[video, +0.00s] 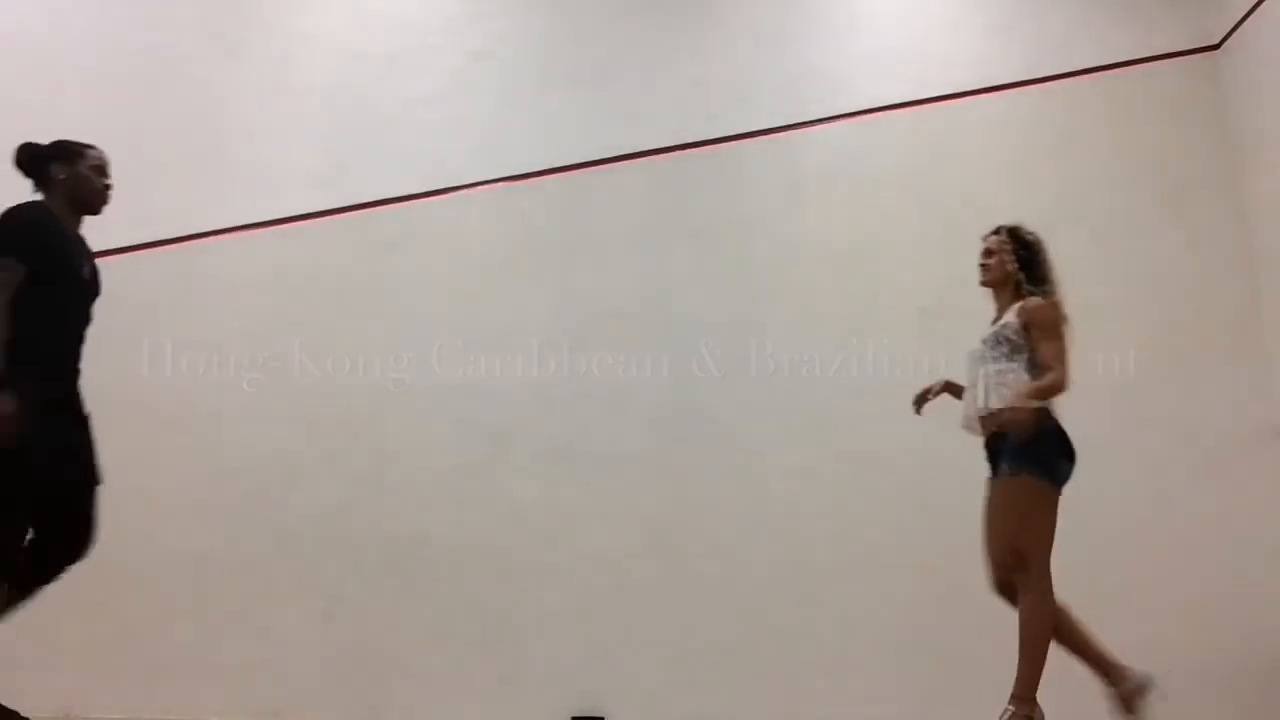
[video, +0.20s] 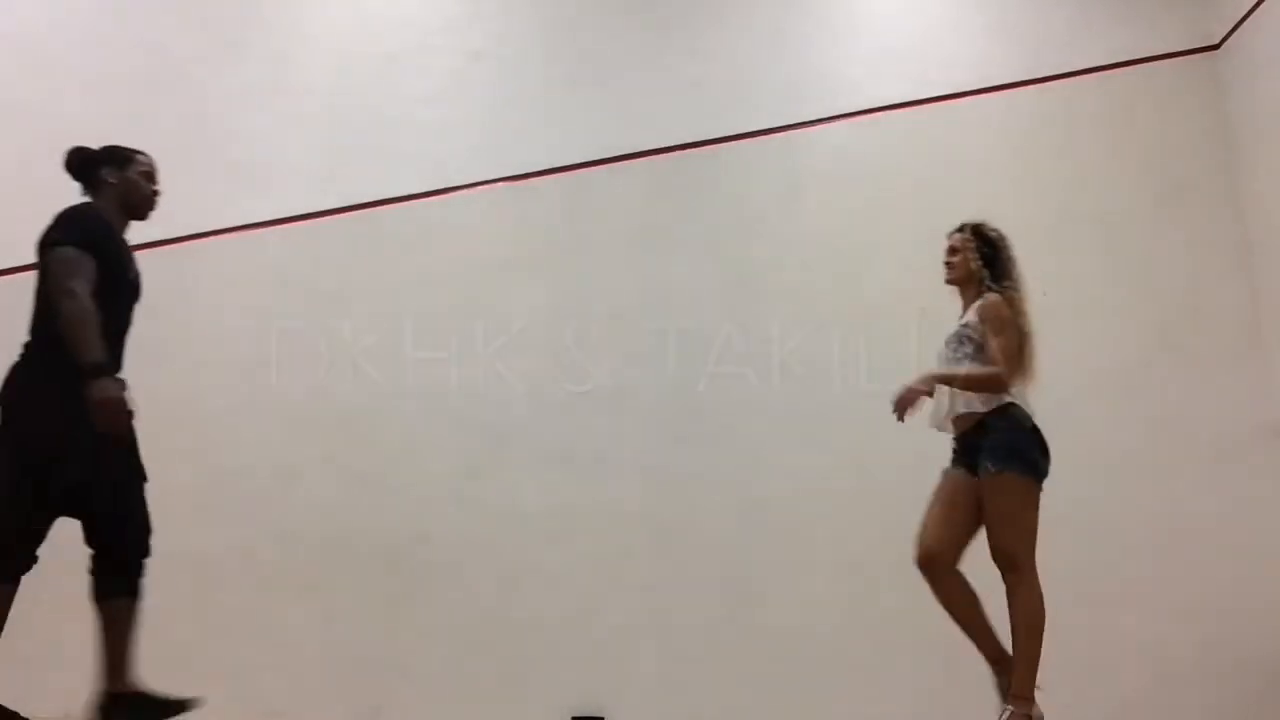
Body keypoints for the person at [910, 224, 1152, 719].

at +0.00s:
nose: (983, 261)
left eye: (993, 254)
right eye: (982, 254)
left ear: (1019, 262)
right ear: (987, 267)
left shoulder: (1036, 309)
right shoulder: (1000, 323)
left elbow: (1057, 377)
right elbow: (1000, 395)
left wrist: (1020, 398)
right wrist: (952, 388)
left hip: (1031, 443)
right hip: (1005, 447)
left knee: (1031, 574)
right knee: (1008, 578)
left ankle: (1023, 704)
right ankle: (1120, 678)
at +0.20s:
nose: (947, 259)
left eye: (956, 252)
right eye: (946, 253)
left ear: (982, 259)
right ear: (953, 263)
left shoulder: (994, 306)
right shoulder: (968, 317)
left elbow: (1005, 374)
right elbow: (984, 384)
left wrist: (932, 379)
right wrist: (941, 406)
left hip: (1005, 439)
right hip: (970, 446)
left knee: (1016, 564)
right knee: (933, 559)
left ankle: (1023, 699)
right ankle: (1002, 666)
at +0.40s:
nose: (914, 253)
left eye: (922, 245)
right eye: (913, 246)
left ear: (947, 251)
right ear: (924, 257)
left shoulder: (961, 296)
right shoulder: (941, 308)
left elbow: (955, 368)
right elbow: (947, 377)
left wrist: (890, 355)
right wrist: (902, 390)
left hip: (975, 440)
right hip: (938, 445)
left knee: (996, 564)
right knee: (895, 546)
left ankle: (1021, 701)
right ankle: (936, 682)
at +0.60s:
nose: (878, 257)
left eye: (885, 249)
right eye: (879, 250)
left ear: (910, 252)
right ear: (899, 257)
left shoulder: (925, 296)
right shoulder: (902, 310)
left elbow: (923, 366)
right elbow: (908, 383)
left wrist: (864, 336)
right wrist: (865, 399)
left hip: (929, 447)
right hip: (897, 452)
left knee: (967, 570)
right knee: (881, 567)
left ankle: (1018, 699)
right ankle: (865, 696)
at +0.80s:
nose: (843, 251)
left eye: (850, 243)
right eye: (844, 244)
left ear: (871, 245)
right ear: (868, 247)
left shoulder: (892, 288)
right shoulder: (871, 301)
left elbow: (888, 356)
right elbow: (871, 379)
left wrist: (841, 314)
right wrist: (828, 397)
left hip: (879, 445)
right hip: (846, 445)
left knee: (880, 570)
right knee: (849, 567)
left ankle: (983, 677)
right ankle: (859, 695)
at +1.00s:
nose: (813, 246)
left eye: (820, 237)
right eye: (813, 238)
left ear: (845, 239)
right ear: (831, 245)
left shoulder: (868, 284)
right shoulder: (839, 299)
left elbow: (872, 348)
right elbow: (830, 378)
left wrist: (823, 316)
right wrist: (785, 375)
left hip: (849, 433)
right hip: (822, 437)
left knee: (804, 553)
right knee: (839, 566)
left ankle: (894, 676)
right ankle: (858, 695)